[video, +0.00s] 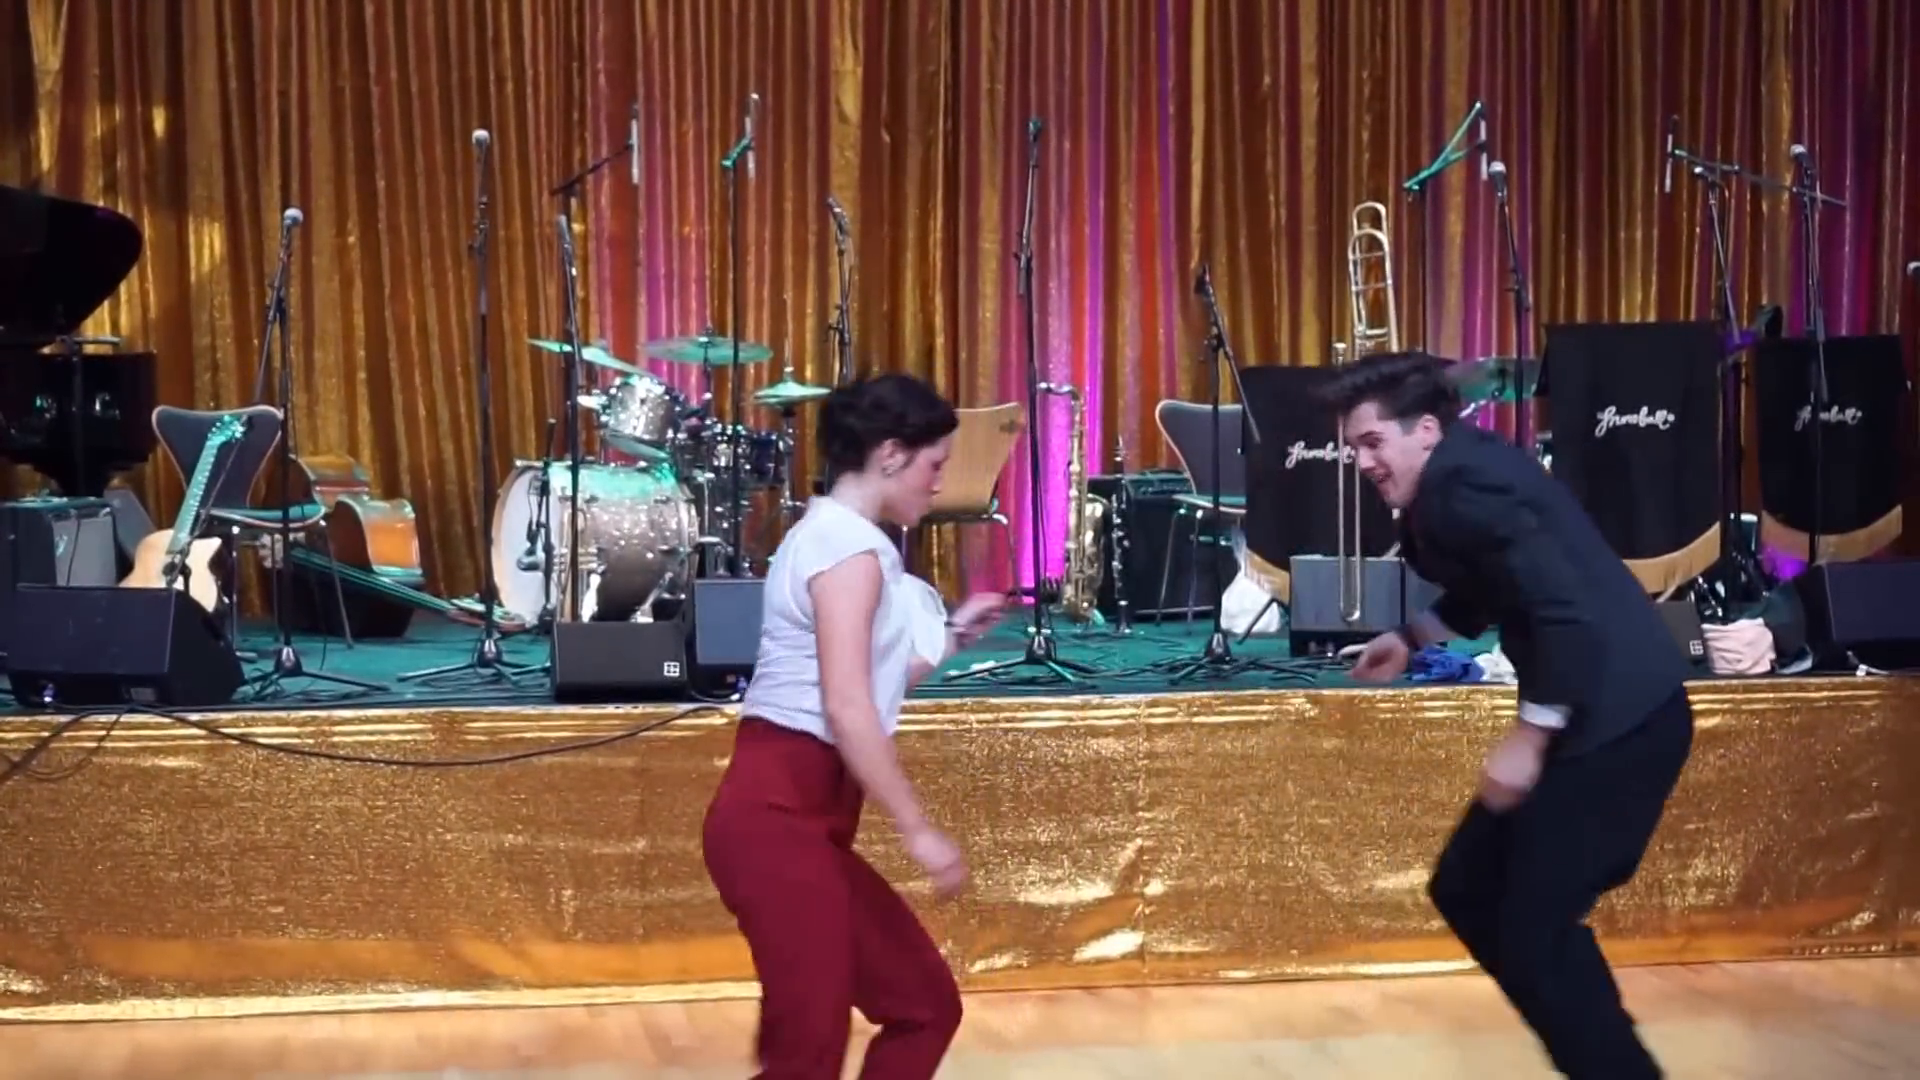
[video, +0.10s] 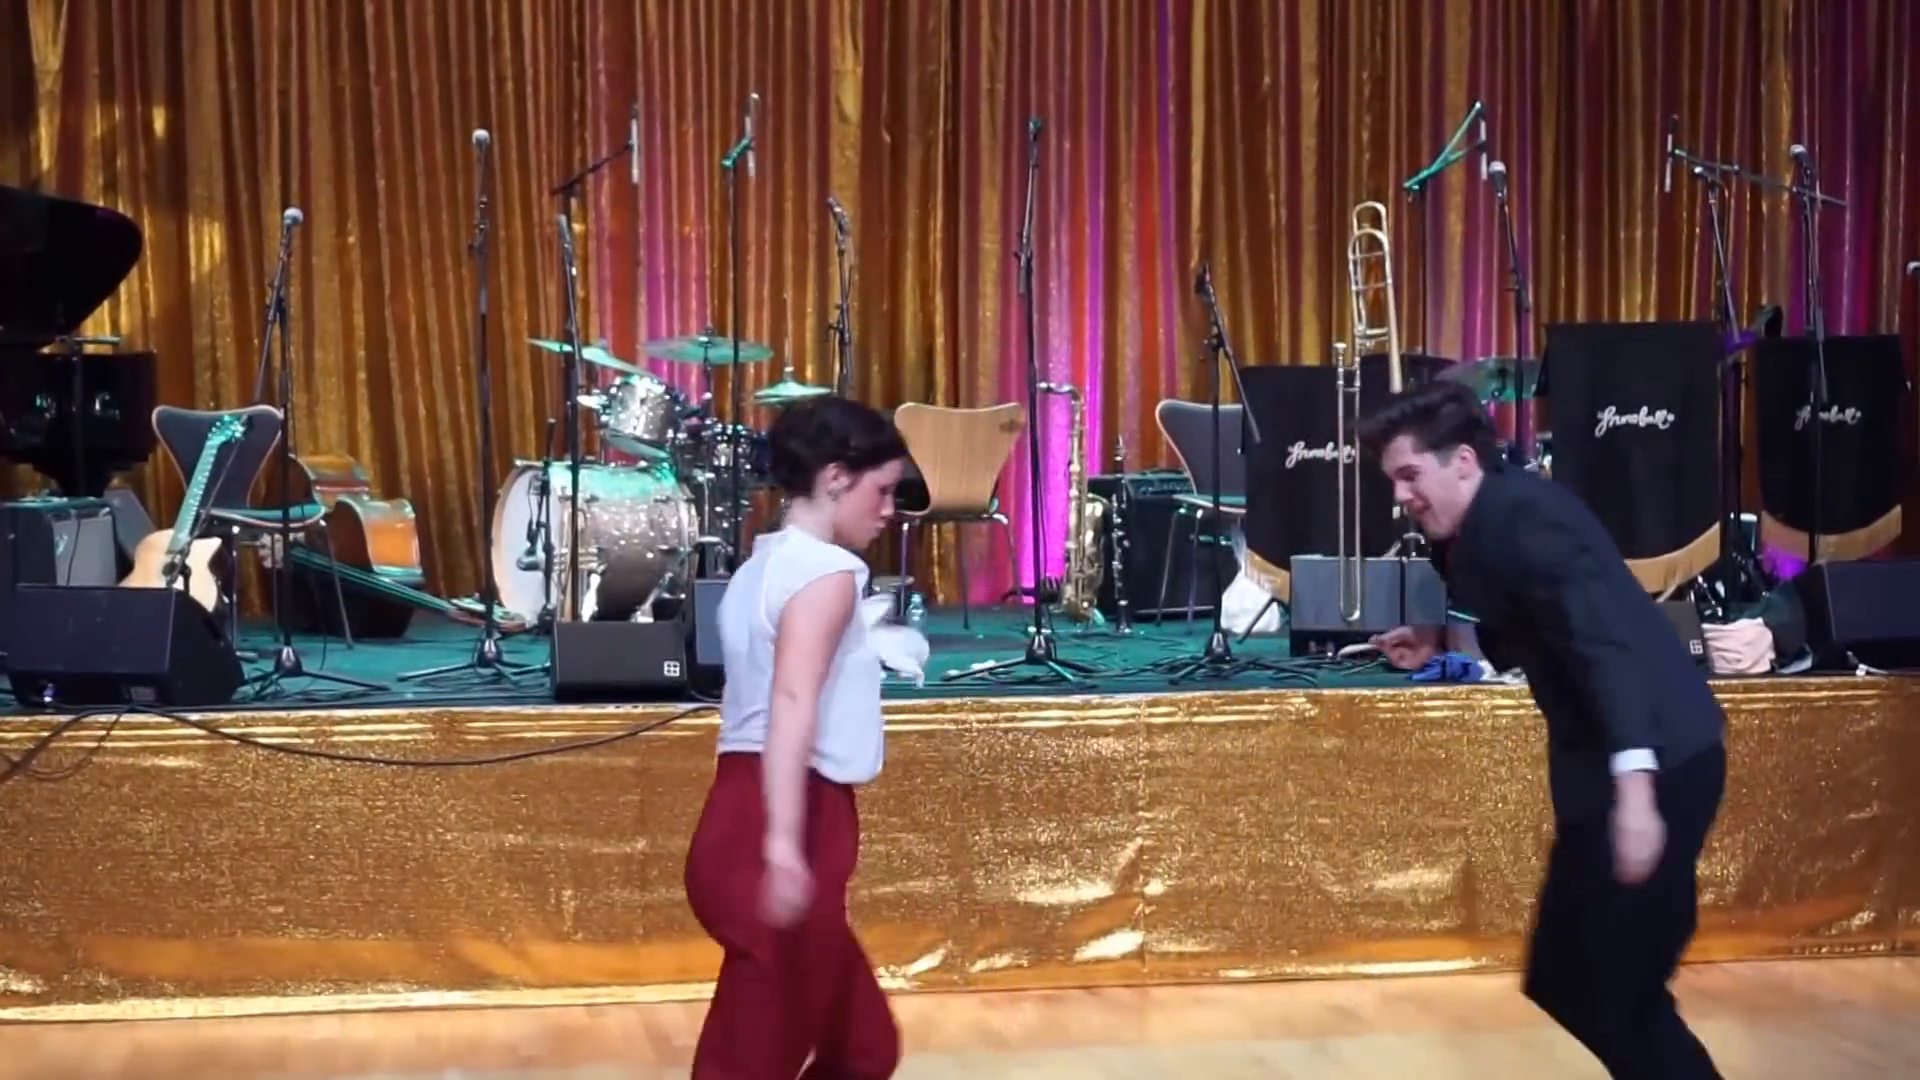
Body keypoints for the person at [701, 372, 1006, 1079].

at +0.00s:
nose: (939, 485)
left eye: (942, 469)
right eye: (935, 467)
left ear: (887, 457)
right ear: (890, 458)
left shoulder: (845, 538)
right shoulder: (848, 545)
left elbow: (872, 683)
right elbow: (846, 705)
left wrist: (948, 633)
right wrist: (918, 829)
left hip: (807, 827)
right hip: (772, 826)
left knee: (926, 1006)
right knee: (806, 1051)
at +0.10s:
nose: (890, 509)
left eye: (895, 494)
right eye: (885, 491)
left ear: (829, 481)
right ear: (835, 481)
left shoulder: (758, 566)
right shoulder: (826, 570)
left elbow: (758, 708)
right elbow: (792, 703)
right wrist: (783, 848)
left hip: (747, 810)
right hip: (794, 818)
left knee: (865, 1045)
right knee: (754, 1054)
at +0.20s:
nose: (853, 510)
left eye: (858, 494)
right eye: (847, 490)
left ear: (793, 476)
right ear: (798, 475)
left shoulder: (739, 554)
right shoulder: (800, 545)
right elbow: (747, 641)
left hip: (746, 800)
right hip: (791, 811)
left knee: (776, 1035)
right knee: (802, 1037)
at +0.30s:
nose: (830, 502)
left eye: (834, 486)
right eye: (823, 483)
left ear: (769, 471)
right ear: (772, 470)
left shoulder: (731, 534)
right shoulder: (774, 522)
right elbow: (725, 600)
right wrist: (710, 677)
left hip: (723, 823)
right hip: (771, 830)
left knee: (767, 1050)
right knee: (907, 1041)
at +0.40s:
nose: (815, 513)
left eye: (818, 495)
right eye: (808, 491)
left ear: (752, 484)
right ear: (757, 481)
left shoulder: (715, 553)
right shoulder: (761, 531)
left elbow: (735, 678)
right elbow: (756, 584)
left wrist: (827, 715)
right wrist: (757, 629)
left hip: (719, 835)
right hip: (774, 841)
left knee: (752, 1054)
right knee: (933, 1012)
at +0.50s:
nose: (818, 499)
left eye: (820, 483)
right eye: (810, 478)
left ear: (753, 473)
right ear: (756, 468)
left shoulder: (721, 551)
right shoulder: (768, 533)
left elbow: (746, 685)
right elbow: (788, 607)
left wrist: (848, 702)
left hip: (736, 831)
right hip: (789, 836)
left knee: (756, 1046)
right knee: (964, 1008)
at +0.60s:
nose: (840, 472)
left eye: (840, 455)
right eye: (830, 454)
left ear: (774, 454)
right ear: (775, 452)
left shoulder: (739, 544)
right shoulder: (790, 538)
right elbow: (836, 630)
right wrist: (966, 620)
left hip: (765, 813)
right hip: (816, 814)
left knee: (775, 1040)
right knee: (1010, 973)